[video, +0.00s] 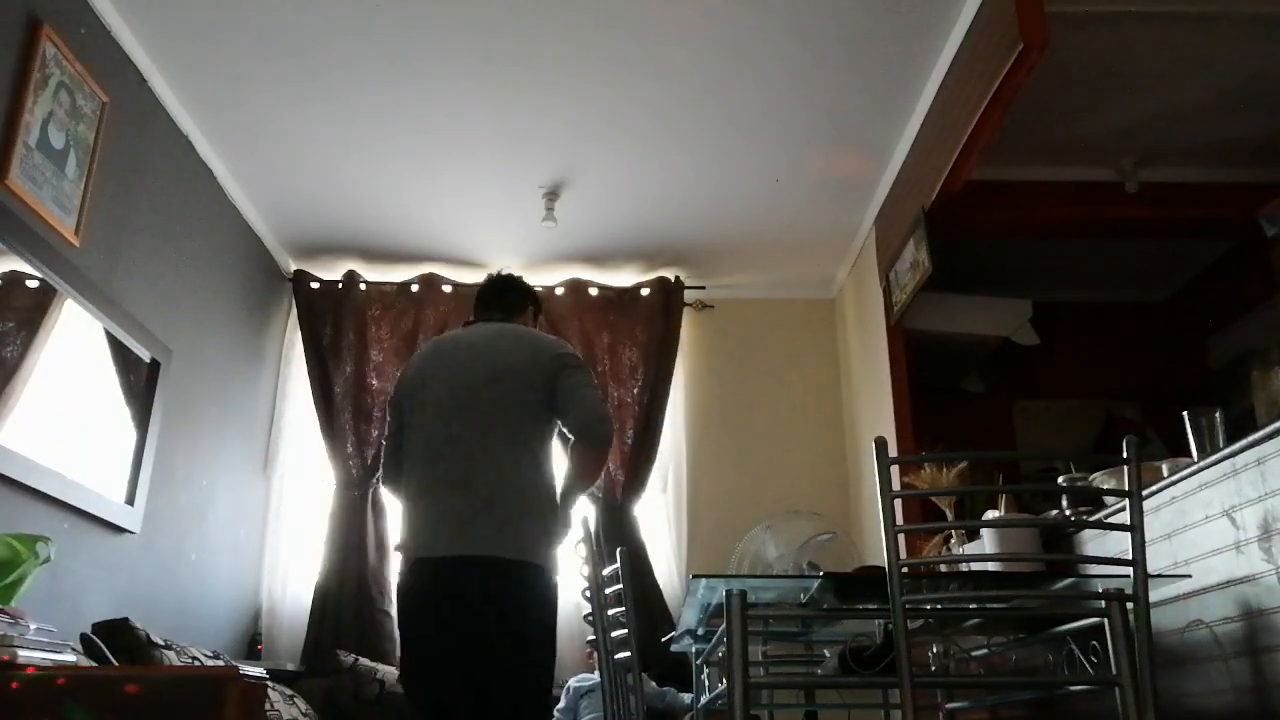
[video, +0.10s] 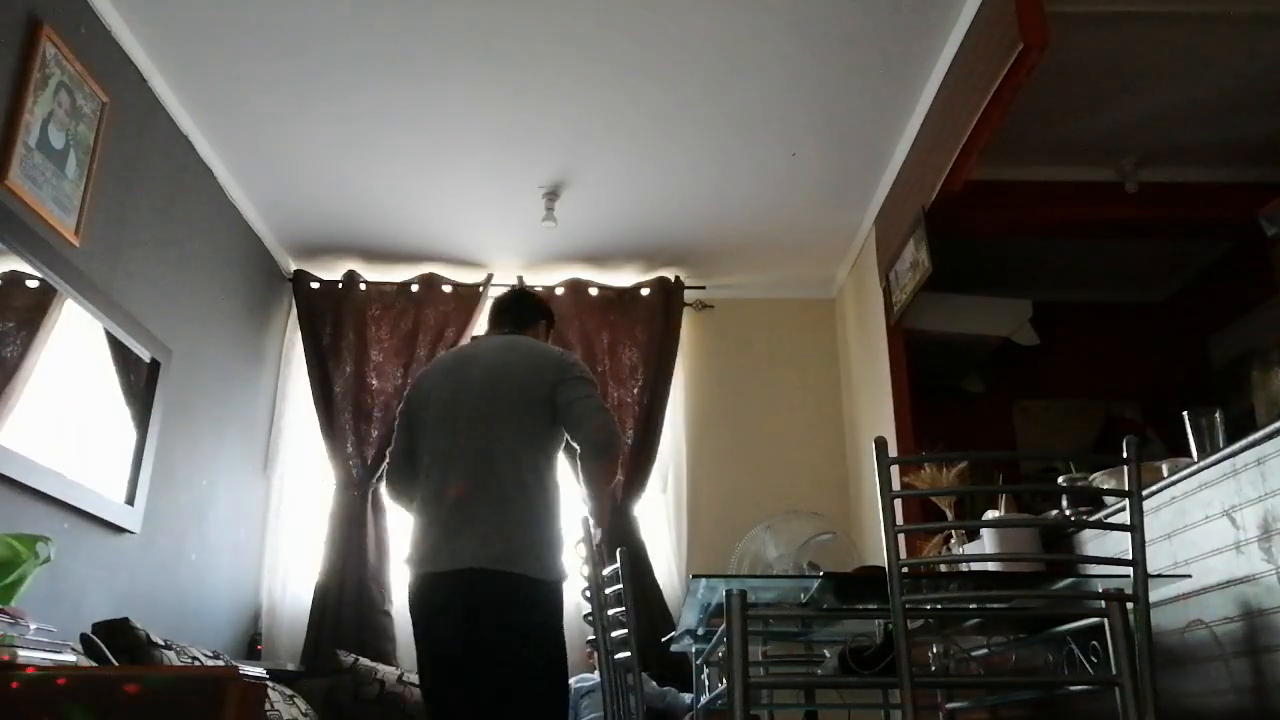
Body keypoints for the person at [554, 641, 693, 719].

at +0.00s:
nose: (603, 654)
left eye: (607, 649)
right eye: (598, 650)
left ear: (616, 652)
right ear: (590, 656)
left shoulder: (636, 680)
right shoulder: (577, 685)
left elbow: (665, 698)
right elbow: (561, 715)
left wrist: (697, 700)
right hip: (593, 715)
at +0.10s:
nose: (609, 655)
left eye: (613, 650)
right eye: (602, 651)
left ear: (622, 652)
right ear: (590, 656)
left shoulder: (635, 679)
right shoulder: (577, 685)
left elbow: (665, 698)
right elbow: (569, 714)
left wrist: (699, 700)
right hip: (592, 716)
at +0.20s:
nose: (604, 655)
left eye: (609, 650)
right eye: (599, 651)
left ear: (618, 652)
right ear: (591, 656)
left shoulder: (636, 679)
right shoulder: (578, 685)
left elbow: (667, 699)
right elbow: (562, 713)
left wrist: (698, 699)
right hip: (593, 714)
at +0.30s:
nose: (600, 654)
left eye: (604, 649)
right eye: (595, 649)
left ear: (616, 652)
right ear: (590, 656)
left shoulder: (636, 680)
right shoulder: (578, 685)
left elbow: (667, 699)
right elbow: (561, 715)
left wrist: (700, 700)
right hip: (593, 715)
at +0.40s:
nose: (603, 655)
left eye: (608, 649)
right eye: (597, 650)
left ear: (618, 652)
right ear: (591, 656)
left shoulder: (636, 680)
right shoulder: (578, 685)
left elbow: (666, 699)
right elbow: (561, 716)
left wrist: (698, 699)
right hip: (593, 715)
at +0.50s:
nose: (602, 655)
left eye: (606, 649)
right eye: (597, 650)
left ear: (617, 651)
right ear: (591, 656)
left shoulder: (636, 680)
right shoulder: (578, 685)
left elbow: (666, 698)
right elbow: (561, 715)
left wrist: (698, 699)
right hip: (593, 715)